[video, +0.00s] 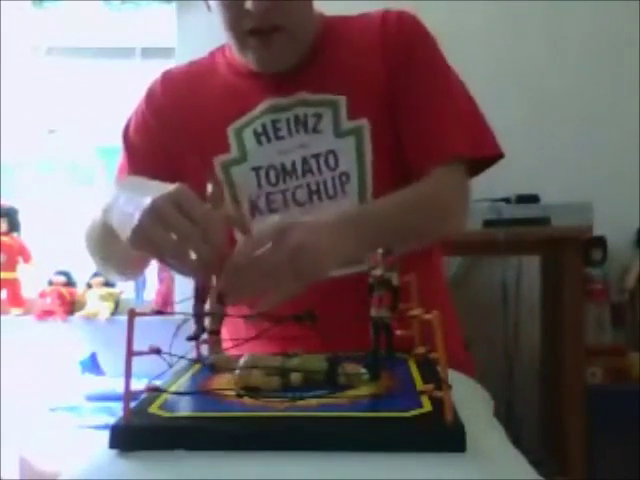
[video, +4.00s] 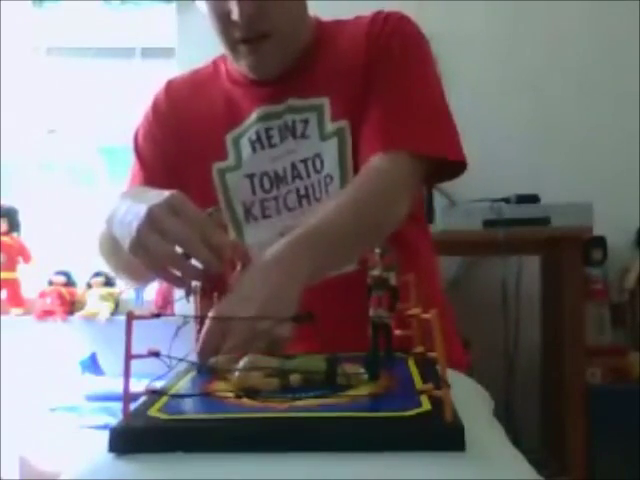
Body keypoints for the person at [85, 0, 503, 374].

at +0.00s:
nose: (255, 7)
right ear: (212, 4)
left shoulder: (391, 42)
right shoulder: (174, 98)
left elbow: (447, 202)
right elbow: (115, 260)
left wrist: (327, 242)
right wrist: (124, 208)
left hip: (409, 371)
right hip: (253, 382)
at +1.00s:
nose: (240, 11)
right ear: (199, 5)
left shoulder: (384, 47)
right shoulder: (170, 102)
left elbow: (437, 203)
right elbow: (115, 257)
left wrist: (321, 237)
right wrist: (128, 203)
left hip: (399, 366)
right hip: (249, 376)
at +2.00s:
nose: (245, 12)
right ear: (205, 4)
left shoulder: (386, 46)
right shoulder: (173, 104)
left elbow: (439, 202)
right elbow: (123, 266)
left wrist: (320, 236)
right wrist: (124, 214)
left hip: (403, 367)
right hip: (256, 377)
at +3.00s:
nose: (243, 16)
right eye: (221, 0)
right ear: (204, 4)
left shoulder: (382, 44)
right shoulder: (169, 105)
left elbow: (417, 196)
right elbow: (122, 270)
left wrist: (313, 228)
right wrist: (118, 217)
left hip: (402, 376)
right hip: (246, 391)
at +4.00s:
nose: (239, 15)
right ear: (202, 7)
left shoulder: (383, 43)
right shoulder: (177, 106)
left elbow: (395, 181)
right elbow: (131, 268)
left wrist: (284, 267)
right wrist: (126, 215)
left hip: (399, 382)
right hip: (246, 398)